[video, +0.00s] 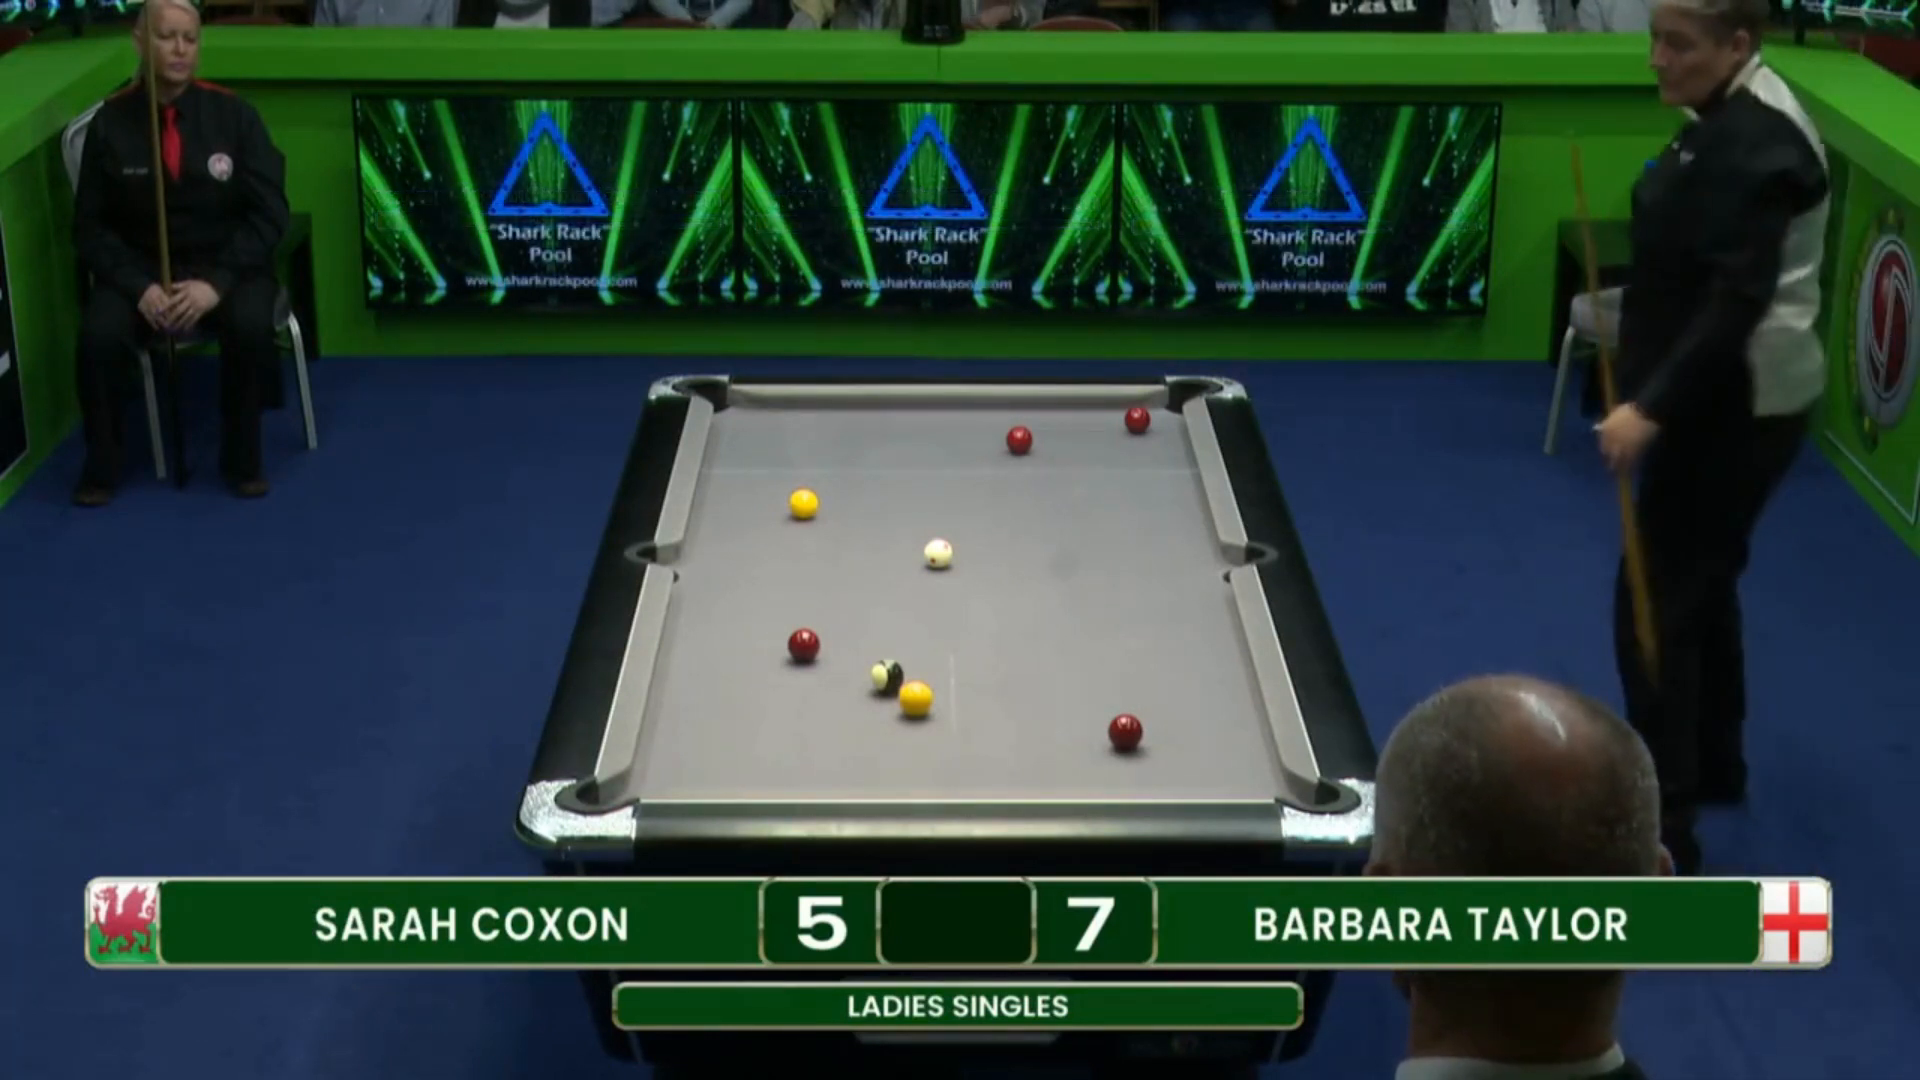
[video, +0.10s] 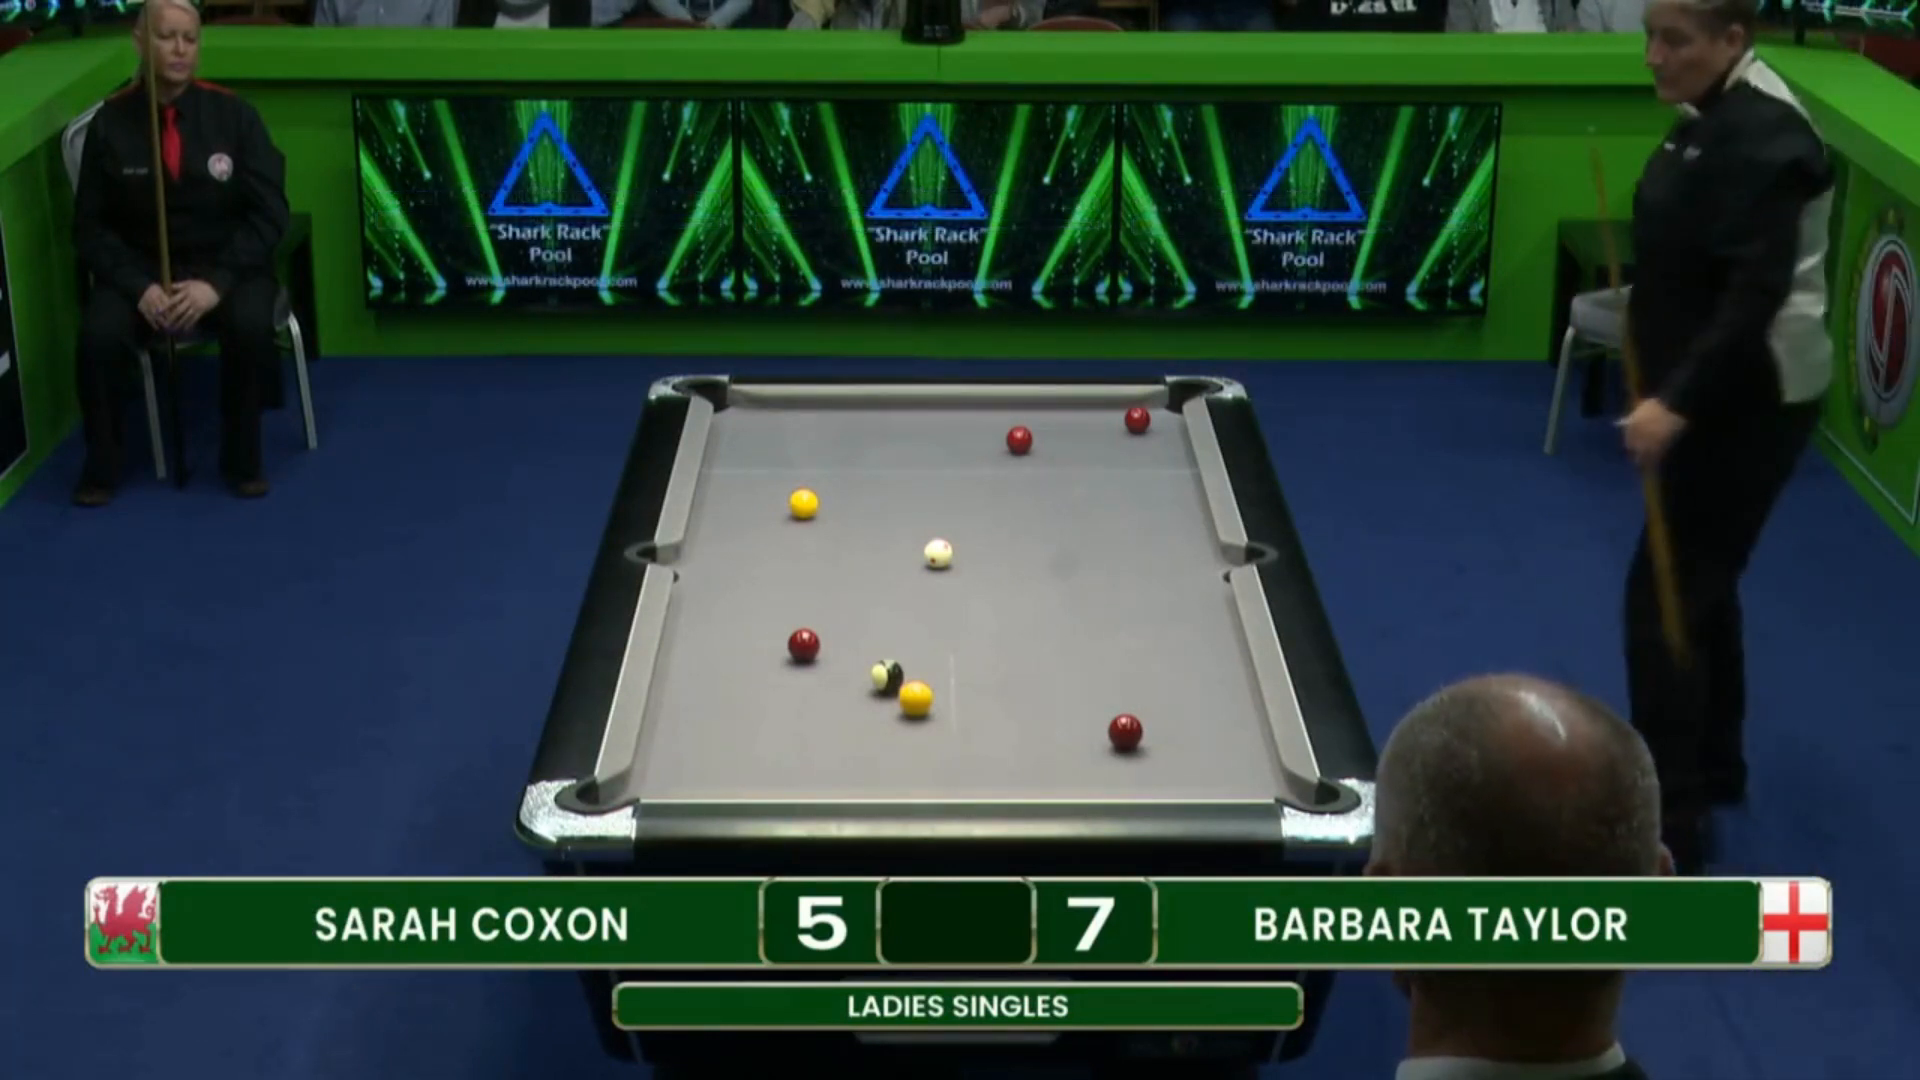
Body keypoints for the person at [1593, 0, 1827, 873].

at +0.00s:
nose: (1659, 60)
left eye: (1677, 43)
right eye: (1656, 41)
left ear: (1737, 46)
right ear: (1719, 44)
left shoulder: (1754, 142)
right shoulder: (1732, 118)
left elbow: (1735, 302)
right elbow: (1699, 273)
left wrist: (1649, 406)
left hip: (1731, 410)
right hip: (1722, 396)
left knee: (1654, 601)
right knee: (1699, 586)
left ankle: (1666, 814)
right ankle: (1714, 765)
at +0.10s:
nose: (1656, 58)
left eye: (1673, 41)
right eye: (1651, 40)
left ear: (1731, 39)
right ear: (1658, 35)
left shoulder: (1762, 137)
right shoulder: (1716, 119)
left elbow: (1755, 296)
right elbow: (1698, 267)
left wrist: (1674, 401)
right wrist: (1656, 368)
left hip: (1749, 406)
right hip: (1715, 396)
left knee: (1660, 596)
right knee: (1698, 585)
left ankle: (1675, 819)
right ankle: (1713, 767)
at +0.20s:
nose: (1649, 54)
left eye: (1668, 37)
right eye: (1644, 35)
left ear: (1725, 35)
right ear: (1646, 30)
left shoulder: (1774, 131)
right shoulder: (1692, 114)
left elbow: (1779, 283)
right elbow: (1693, 258)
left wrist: (1711, 397)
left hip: (1767, 399)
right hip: (1707, 388)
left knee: (1704, 601)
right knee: (1690, 592)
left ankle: (1683, 815)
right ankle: (1704, 767)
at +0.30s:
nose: (1648, 54)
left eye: (1665, 37)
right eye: (1642, 35)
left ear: (1721, 35)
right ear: (1646, 32)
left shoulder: (1782, 126)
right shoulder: (1682, 114)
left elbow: (1794, 279)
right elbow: (1678, 262)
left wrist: (1734, 397)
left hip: (1773, 404)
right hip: (1699, 392)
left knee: (1725, 611)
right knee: (1694, 595)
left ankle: (1696, 834)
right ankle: (1698, 791)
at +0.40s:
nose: (1651, 54)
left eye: (1669, 38)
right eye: (1644, 36)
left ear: (1727, 36)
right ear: (1642, 31)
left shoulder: (1795, 126)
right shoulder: (1671, 118)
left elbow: (1813, 277)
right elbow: (1668, 252)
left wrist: (1769, 397)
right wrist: (1646, 333)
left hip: (1780, 409)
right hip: (1696, 395)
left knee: (1746, 611)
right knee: (1696, 587)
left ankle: (1740, 830)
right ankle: (1705, 757)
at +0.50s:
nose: (1654, 55)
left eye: (1673, 39)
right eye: (1650, 37)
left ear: (1733, 39)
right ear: (1651, 34)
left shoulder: (1806, 130)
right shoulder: (1666, 125)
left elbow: (1832, 278)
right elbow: (1659, 257)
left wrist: (1790, 402)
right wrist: (1636, 336)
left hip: (1786, 417)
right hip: (1697, 406)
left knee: (1763, 617)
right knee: (1700, 595)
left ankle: (1756, 830)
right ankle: (1707, 760)